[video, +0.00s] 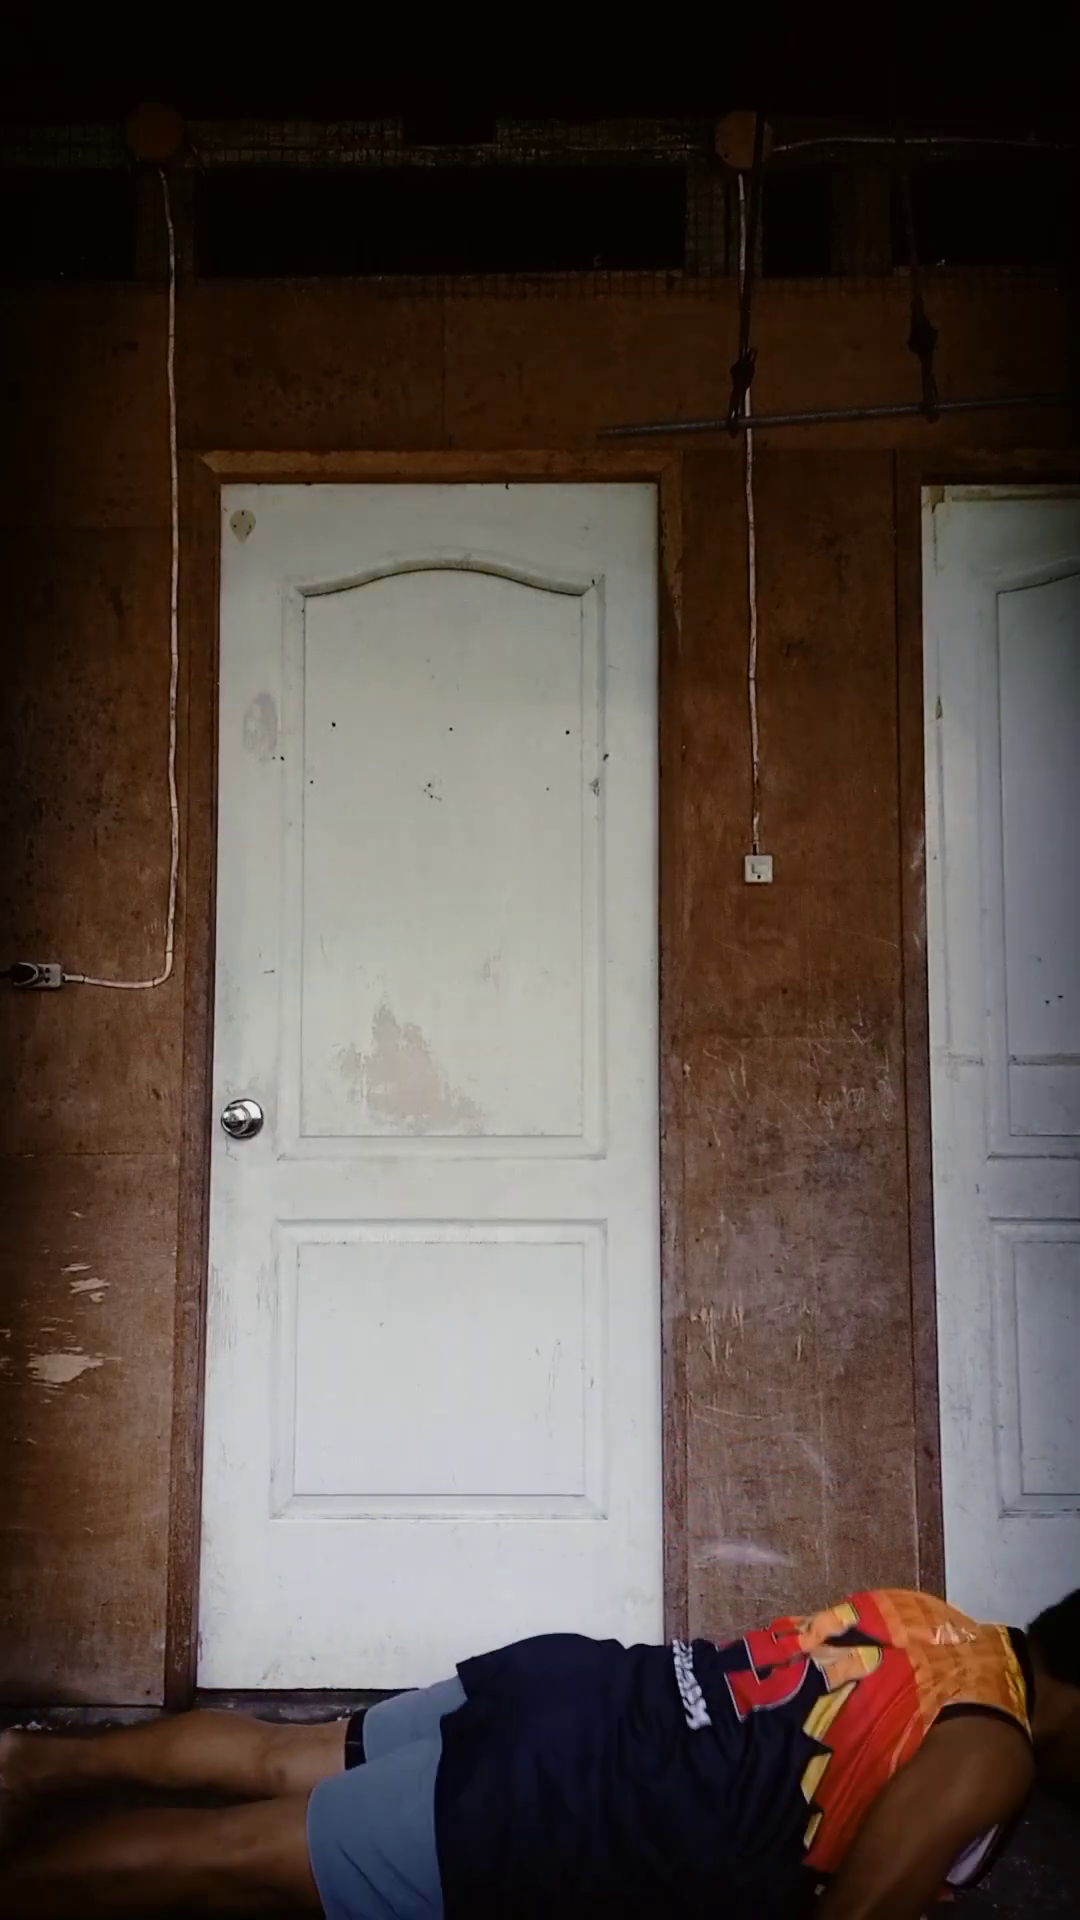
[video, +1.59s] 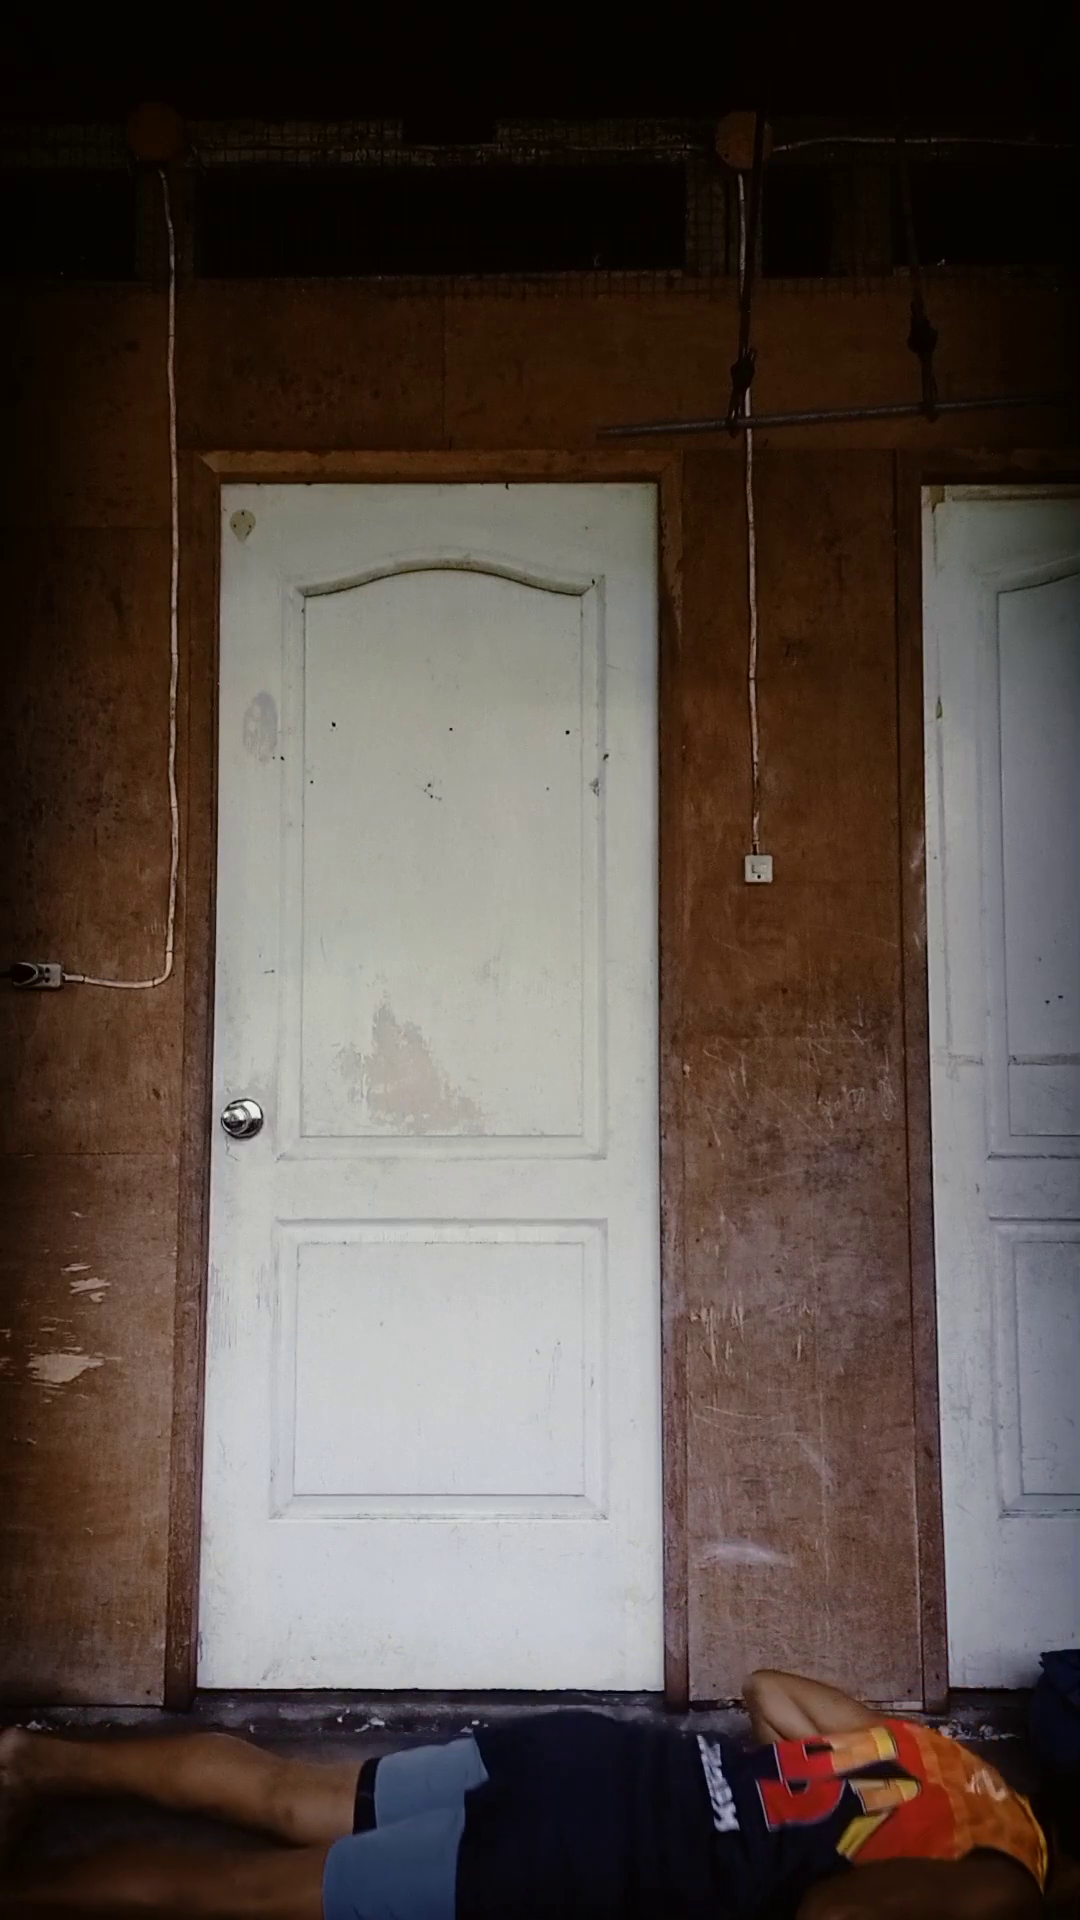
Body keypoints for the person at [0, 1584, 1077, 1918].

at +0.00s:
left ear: (1041, 1624)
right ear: (1078, 1696)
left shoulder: (924, 1612)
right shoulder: (989, 1748)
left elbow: (784, 1708)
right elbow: (862, 1903)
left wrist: (908, 1840)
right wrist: (948, 1875)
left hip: (565, 1683)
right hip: (548, 1812)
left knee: (291, 1753)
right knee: (238, 1861)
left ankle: (40, 1760)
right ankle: (27, 1866)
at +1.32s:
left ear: (1042, 1652)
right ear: (1078, 1729)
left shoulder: (919, 1637)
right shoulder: (966, 1769)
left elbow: (772, 1711)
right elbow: (844, 1900)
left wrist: (910, 1842)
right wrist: (947, 1879)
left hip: (558, 1690)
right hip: (537, 1815)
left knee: (283, 1762)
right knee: (222, 1869)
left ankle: (26, 1759)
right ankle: (20, 1863)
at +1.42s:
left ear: (1033, 1684)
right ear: (1069, 1761)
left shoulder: (935, 1694)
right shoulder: (989, 1819)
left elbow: (764, 1721)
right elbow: (840, 1893)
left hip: (588, 1712)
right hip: (584, 1827)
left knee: (288, 1769)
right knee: (256, 1870)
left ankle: (26, 1754)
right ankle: (23, 1869)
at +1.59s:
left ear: (1024, 1777)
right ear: (1046, 1845)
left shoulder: (944, 1761)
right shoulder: (1002, 1861)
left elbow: (777, 1688)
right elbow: (838, 1904)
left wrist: (864, 1783)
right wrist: (892, 1810)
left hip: (584, 1748)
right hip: (582, 1864)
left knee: (298, 1792)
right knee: (236, 1882)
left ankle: (44, 1753)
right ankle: (35, 1877)